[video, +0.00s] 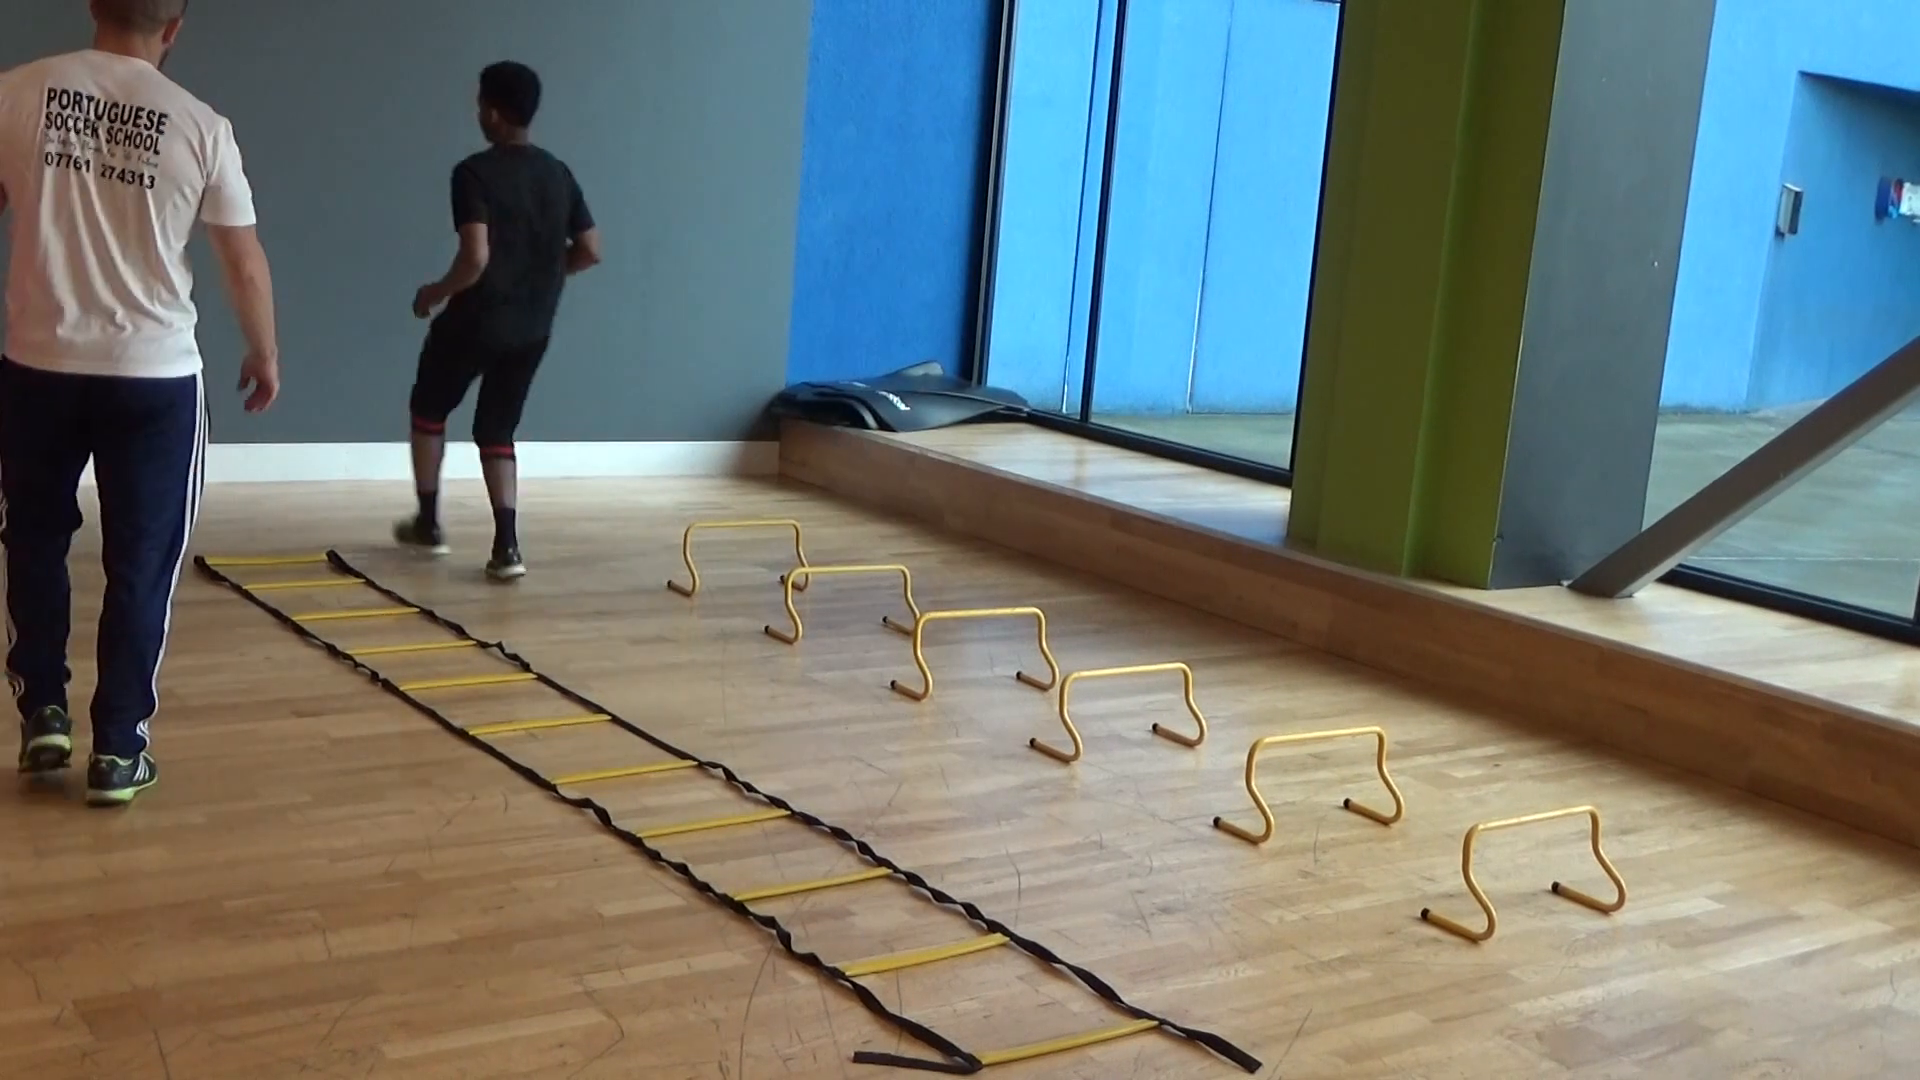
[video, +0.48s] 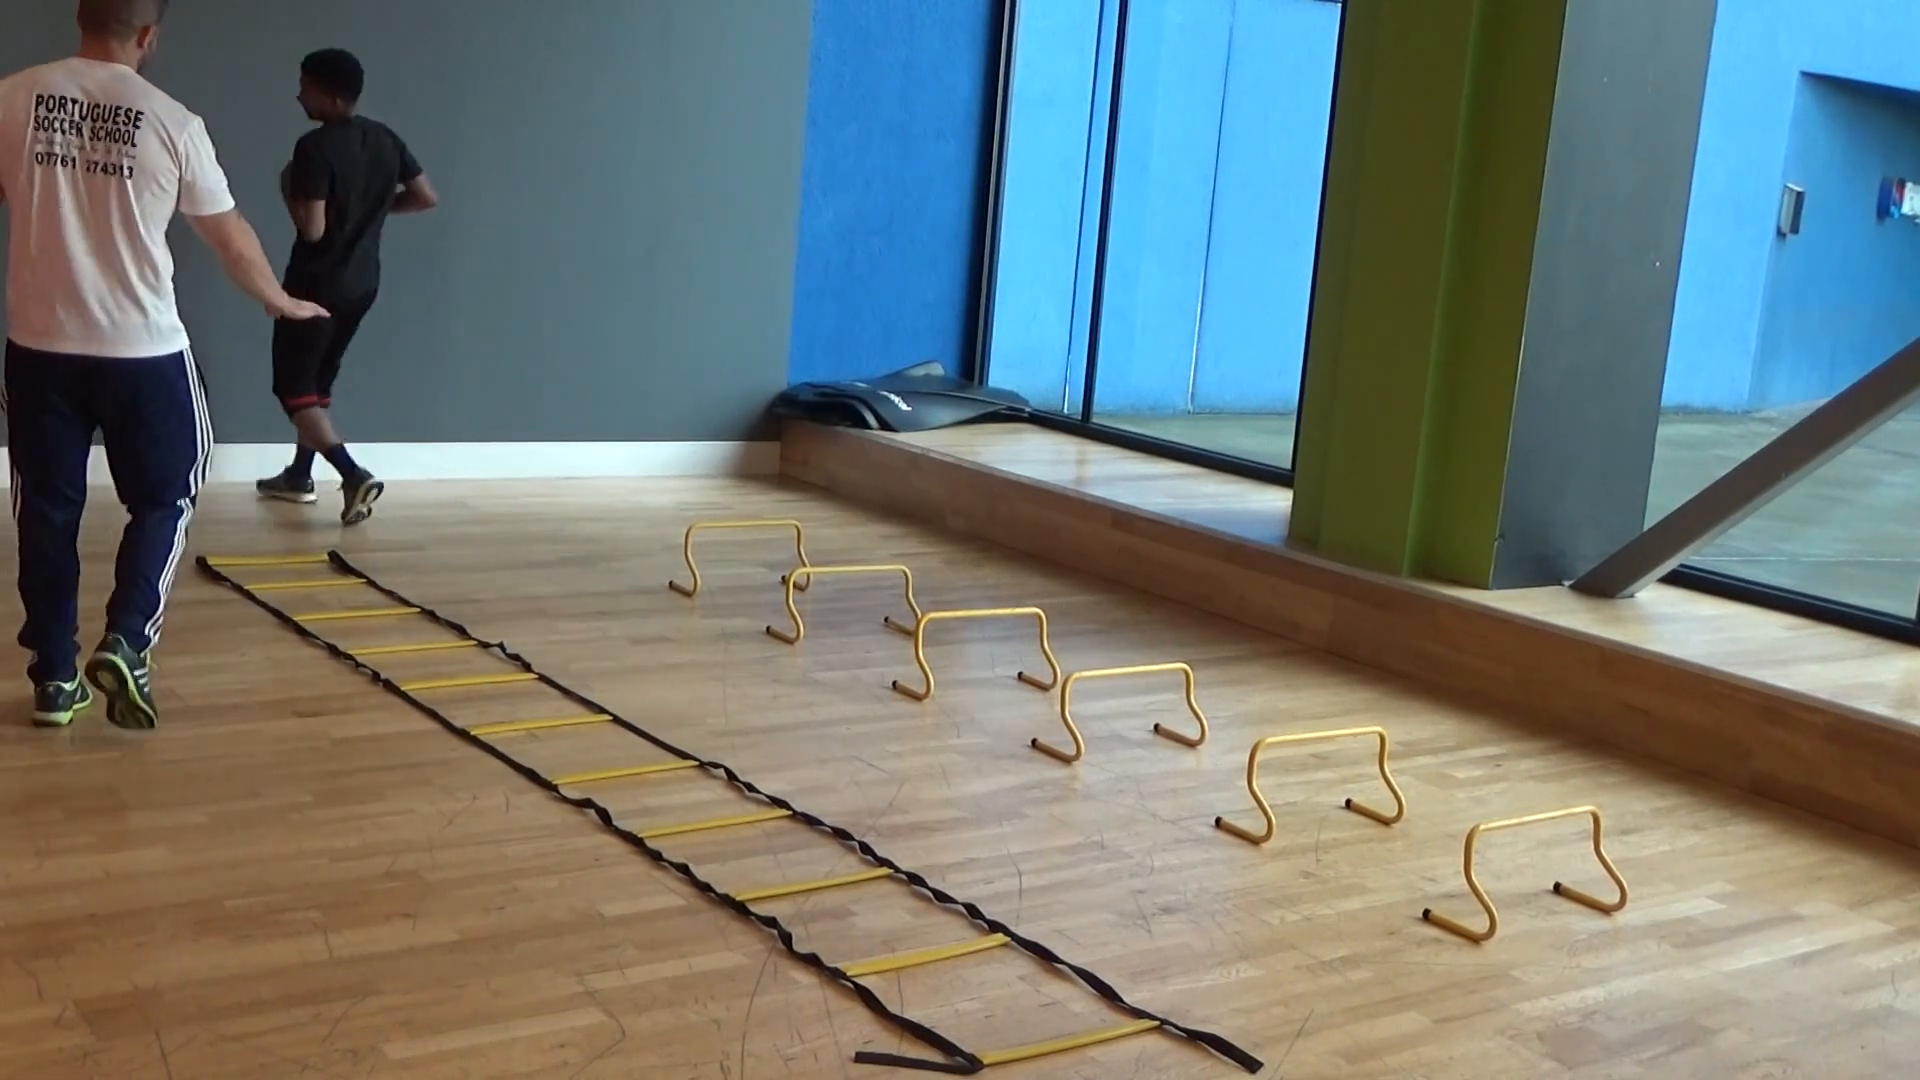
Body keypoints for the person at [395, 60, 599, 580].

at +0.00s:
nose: (478, 112)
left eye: (481, 104)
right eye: (482, 103)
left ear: (492, 111)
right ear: (530, 112)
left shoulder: (475, 172)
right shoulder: (557, 173)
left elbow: (475, 259)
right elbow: (589, 252)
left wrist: (438, 291)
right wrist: (543, 268)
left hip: (473, 324)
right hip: (530, 331)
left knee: (428, 409)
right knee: (496, 432)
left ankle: (427, 521)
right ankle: (507, 548)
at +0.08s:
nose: (437, 106)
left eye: (440, 97)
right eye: (439, 97)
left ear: (453, 105)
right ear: (489, 105)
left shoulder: (440, 164)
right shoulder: (519, 161)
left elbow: (447, 245)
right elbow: (551, 237)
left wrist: (415, 271)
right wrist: (499, 237)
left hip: (437, 312)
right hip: (493, 316)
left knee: (402, 407)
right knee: (477, 414)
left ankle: (380, 502)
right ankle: (501, 510)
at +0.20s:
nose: (385, 119)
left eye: (388, 112)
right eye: (385, 111)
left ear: (402, 118)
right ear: (437, 115)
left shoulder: (386, 173)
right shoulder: (467, 169)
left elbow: (385, 262)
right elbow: (491, 246)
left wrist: (356, 275)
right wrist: (451, 256)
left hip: (384, 312)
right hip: (440, 313)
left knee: (360, 398)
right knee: (433, 400)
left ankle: (371, 506)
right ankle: (463, 478)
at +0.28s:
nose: (357, 111)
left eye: (359, 104)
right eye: (356, 103)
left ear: (374, 107)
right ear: (408, 103)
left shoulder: (358, 162)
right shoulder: (442, 156)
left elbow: (350, 248)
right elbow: (466, 231)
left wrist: (326, 258)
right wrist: (425, 247)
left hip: (364, 300)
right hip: (416, 301)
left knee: (341, 384)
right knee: (388, 374)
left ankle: (366, 497)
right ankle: (415, 480)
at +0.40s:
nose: (319, 92)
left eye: (323, 84)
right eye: (320, 84)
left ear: (340, 87)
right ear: (371, 85)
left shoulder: (329, 141)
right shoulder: (407, 133)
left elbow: (321, 223)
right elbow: (446, 197)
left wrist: (310, 198)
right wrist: (403, 209)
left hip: (332, 281)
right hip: (385, 283)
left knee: (309, 379)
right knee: (348, 376)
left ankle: (357, 483)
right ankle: (326, 472)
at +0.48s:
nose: (299, 95)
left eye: (305, 86)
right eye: (301, 85)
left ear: (327, 92)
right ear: (349, 92)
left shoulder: (314, 147)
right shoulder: (383, 138)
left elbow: (311, 229)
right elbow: (423, 196)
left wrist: (289, 190)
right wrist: (373, 205)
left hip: (313, 286)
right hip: (360, 286)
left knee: (294, 392)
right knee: (320, 380)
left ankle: (355, 478)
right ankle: (298, 475)